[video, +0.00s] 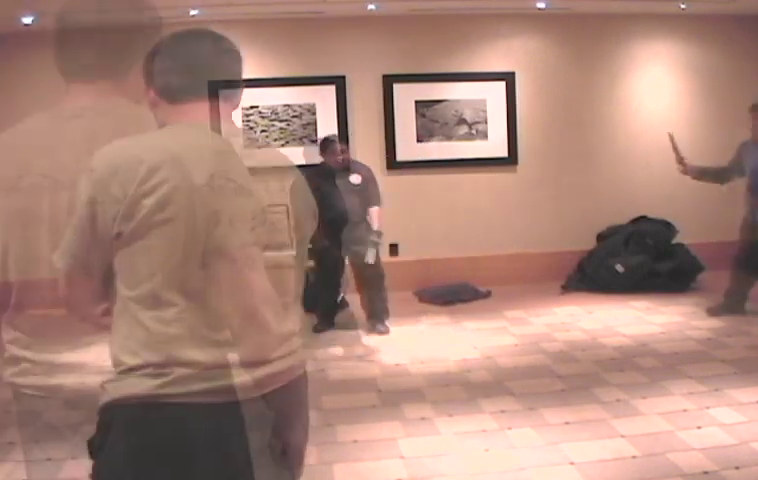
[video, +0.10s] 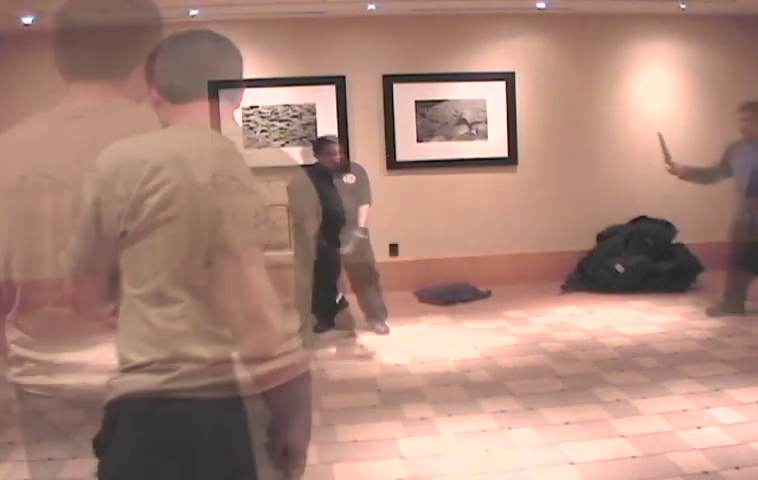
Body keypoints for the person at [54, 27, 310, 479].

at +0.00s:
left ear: (154, 94)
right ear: (232, 98)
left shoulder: (117, 164)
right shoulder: (277, 170)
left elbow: (83, 298)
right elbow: (284, 307)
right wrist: (292, 425)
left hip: (146, 426)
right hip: (251, 420)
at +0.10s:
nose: (147, 99)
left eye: (148, 87)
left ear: (156, 91)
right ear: (235, 94)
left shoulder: (122, 161)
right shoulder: (264, 166)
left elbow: (90, 295)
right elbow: (259, 304)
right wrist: (292, 415)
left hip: (147, 416)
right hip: (236, 412)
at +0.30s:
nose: (159, 74)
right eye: (160, 60)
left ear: (67, 58)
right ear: (152, 61)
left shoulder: (9, 152)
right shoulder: (196, 151)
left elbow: (7, 311)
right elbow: (255, 309)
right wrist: (288, 417)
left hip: (53, 407)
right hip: (178, 410)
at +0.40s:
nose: (166, 76)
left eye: (167, 63)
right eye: (167, 62)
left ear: (73, 56)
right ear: (153, 63)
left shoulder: (9, 156)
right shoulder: (210, 152)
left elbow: (4, 322)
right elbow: (258, 312)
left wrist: (13, 429)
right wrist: (289, 418)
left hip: (62, 427)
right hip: (195, 424)